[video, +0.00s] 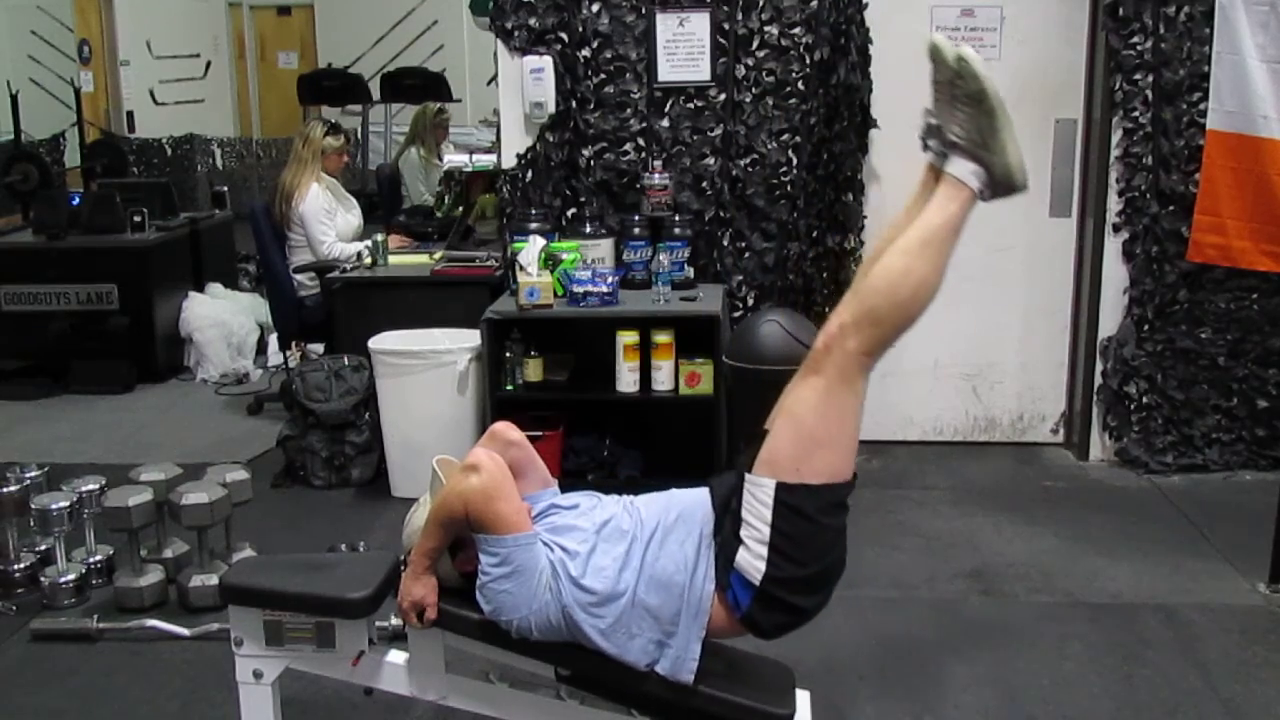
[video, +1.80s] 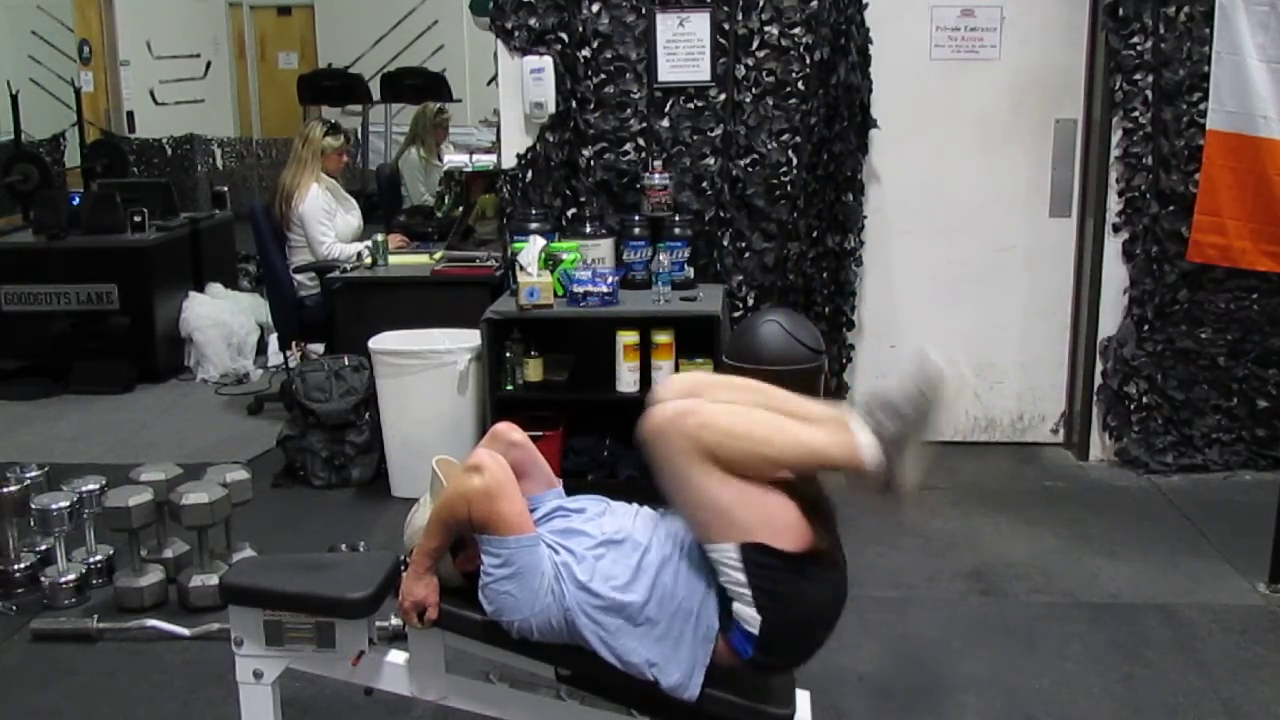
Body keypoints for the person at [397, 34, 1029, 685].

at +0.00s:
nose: (500, 481)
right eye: (480, 481)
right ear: (477, 520)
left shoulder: (554, 529)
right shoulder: (519, 580)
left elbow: (502, 441)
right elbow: (471, 480)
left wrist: (448, 525)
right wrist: (422, 562)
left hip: (747, 541)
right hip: (755, 569)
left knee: (839, 344)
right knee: (840, 349)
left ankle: (951, 167)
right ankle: (964, 170)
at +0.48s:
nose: (510, 462)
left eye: (516, 454)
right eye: (494, 464)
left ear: (524, 480)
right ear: (480, 502)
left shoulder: (555, 524)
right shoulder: (514, 578)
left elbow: (506, 436)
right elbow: (466, 475)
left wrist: (448, 509)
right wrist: (422, 559)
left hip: (746, 530)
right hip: (759, 587)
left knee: (887, 375)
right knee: (891, 386)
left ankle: (1040, 230)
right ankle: (1060, 246)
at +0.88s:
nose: (518, 457)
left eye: (520, 451)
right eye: (500, 458)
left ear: (523, 478)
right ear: (482, 499)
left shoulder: (555, 522)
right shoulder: (513, 580)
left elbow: (513, 440)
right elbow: (471, 473)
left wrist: (445, 518)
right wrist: (423, 558)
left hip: (751, 538)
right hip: (754, 599)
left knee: (921, 405)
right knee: (925, 416)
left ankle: (1106, 306)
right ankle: (1124, 323)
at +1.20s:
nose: (518, 462)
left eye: (520, 457)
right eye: (503, 464)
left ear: (519, 485)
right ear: (487, 504)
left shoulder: (560, 522)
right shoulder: (516, 582)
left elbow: (516, 441)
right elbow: (471, 469)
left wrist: (452, 516)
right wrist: (422, 559)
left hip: (761, 558)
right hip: (759, 610)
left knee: (915, 404)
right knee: (913, 418)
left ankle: (1119, 426)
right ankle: (1121, 447)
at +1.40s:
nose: (515, 465)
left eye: (518, 457)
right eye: (497, 469)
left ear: (512, 494)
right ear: (482, 508)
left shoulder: (560, 521)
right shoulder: (520, 582)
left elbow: (510, 434)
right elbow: (473, 475)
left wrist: (454, 515)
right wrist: (423, 558)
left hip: (761, 567)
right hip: (763, 618)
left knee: (871, 396)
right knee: (861, 403)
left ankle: (1029, 513)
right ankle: (1027, 519)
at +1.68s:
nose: (497, 491)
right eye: (485, 490)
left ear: (504, 509)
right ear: (483, 549)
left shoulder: (560, 521)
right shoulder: (521, 585)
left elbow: (507, 434)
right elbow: (475, 475)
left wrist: (453, 518)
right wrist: (423, 561)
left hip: (766, 583)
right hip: (762, 627)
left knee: (751, 375)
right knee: (743, 404)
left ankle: (918, 497)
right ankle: (924, 503)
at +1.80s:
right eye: (477, 497)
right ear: (476, 558)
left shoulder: (552, 516)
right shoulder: (519, 593)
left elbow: (507, 437)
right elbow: (475, 475)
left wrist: (465, 526)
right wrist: (423, 563)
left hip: (769, 572)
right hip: (759, 622)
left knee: (677, 390)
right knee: (667, 422)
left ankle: (866, 427)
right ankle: (867, 447)